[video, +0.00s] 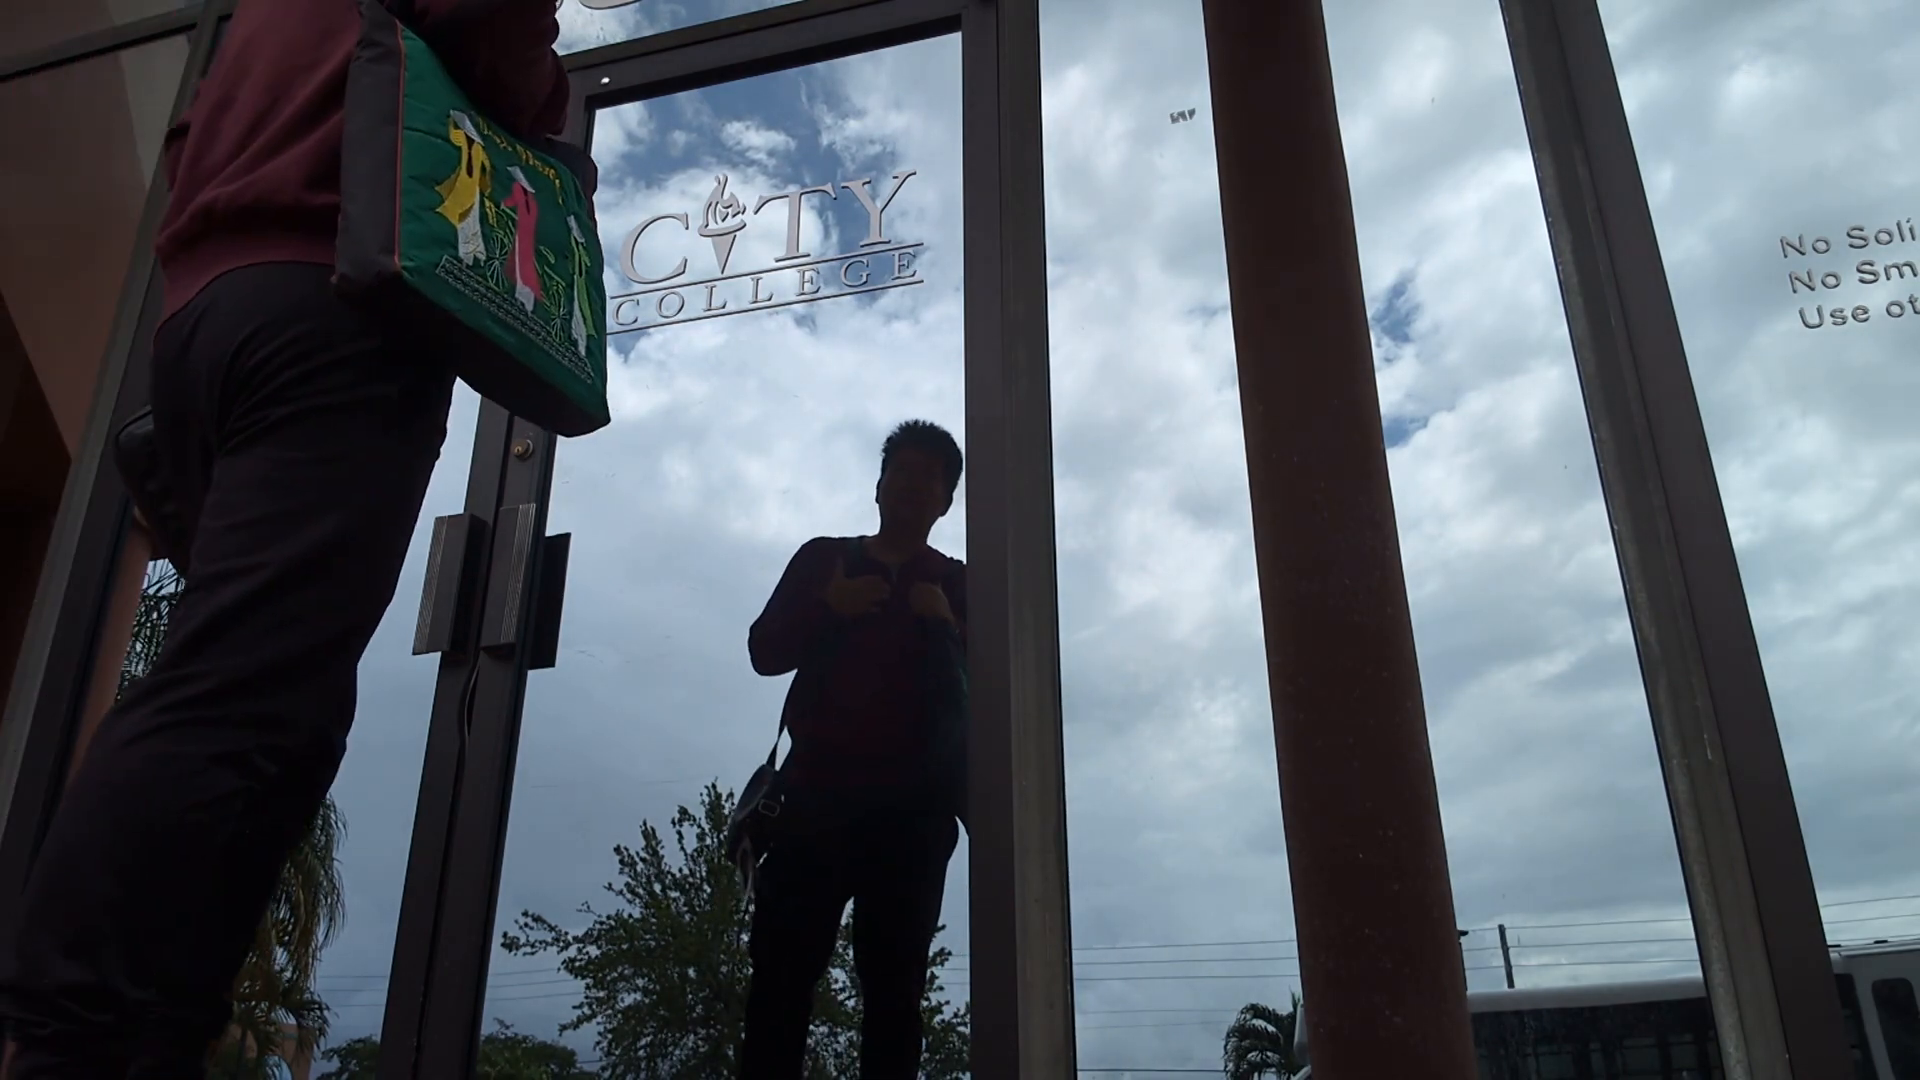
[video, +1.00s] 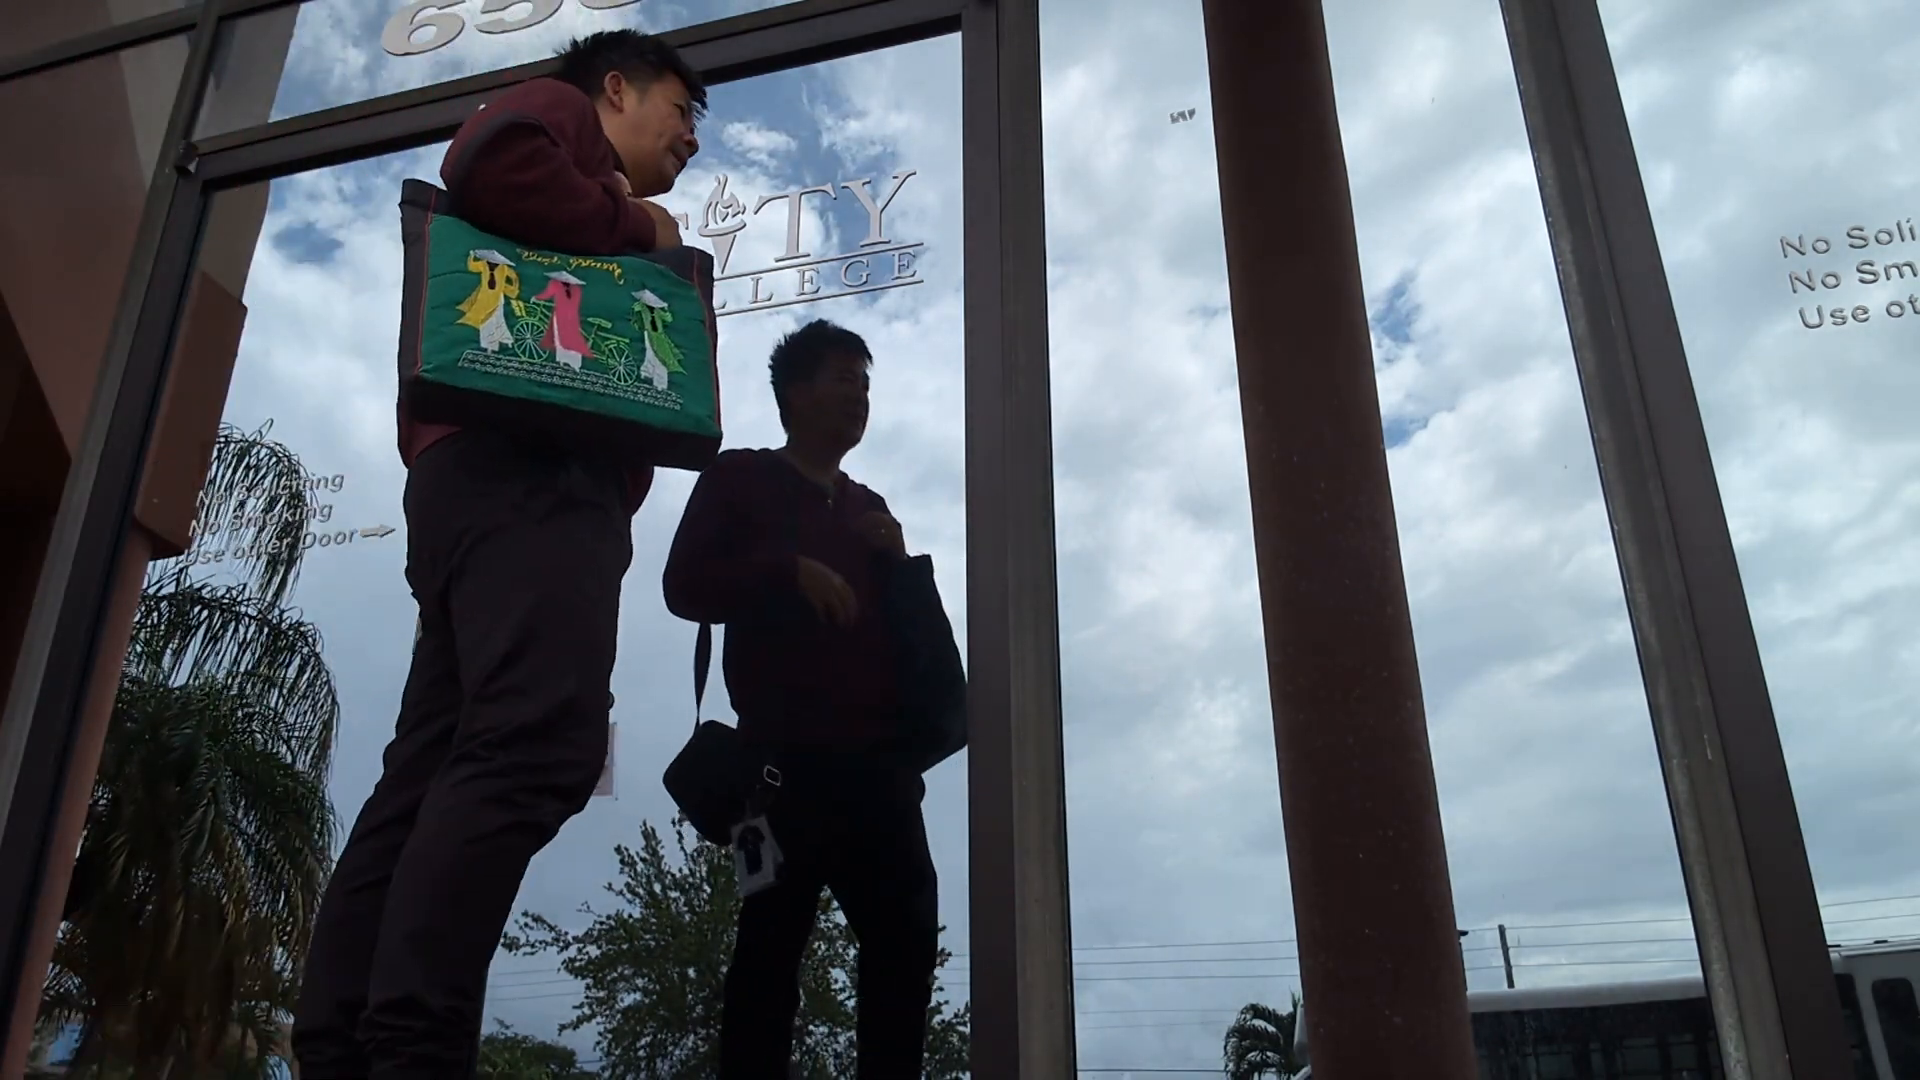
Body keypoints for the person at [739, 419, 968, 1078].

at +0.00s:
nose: (904, 488)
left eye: (923, 479)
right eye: (896, 474)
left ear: (946, 498)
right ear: (879, 481)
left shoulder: (962, 583)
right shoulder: (822, 559)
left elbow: (988, 683)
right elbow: (765, 653)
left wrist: (945, 623)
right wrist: (831, 605)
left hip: (914, 809)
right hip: (815, 799)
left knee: (894, 994)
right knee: (779, 987)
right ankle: (766, 1079)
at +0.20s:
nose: (879, 469)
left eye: (898, 458)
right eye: (869, 455)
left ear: (928, 477)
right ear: (854, 466)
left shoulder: (953, 571)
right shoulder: (805, 546)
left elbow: (990, 667)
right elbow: (749, 645)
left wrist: (941, 610)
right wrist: (820, 595)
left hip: (912, 800)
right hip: (812, 790)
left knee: (892, 987)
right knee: (784, 977)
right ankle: (759, 1078)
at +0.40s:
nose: (852, 443)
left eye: (868, 431)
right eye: (839, 429)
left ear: (894, 450)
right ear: (820, 444)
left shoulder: (919, 549)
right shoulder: (772, 522)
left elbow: (958, 659)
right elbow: (717, 624)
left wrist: (921, 590)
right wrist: (802, 579)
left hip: (896, 785)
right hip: (795, 777)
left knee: (888, 979)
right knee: (774, 972)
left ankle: (884, 1079)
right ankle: (759, 1076)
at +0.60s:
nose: (826, 419)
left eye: (840, 405)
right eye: (810, 407)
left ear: (866, 424)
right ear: (788, 424)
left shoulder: (889, 528)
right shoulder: (746, 503)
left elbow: (936, 637)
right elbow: (692, 608)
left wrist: (905, 579)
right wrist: (786, 575)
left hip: (884, 771)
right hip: (786, 766)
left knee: (903, 962)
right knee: (767, 962)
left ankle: (890, 1076)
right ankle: (748, 1075)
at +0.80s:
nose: (833, 405)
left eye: (845, 391)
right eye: (815, 390)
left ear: (859, 406)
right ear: (782, 404)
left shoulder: (871, 513)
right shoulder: (736, 485)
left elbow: (913, 632)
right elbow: (682, 594)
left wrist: (897, 566)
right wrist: (786, 574)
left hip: (877, 758)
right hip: (783, 756)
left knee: (922, 937)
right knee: (770, 948)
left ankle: (884, 1073)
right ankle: (750, 1071)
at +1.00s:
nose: (861, 397)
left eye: (865, 384)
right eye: (844, 380)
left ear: (863, 397)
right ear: (793, 393)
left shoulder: (869, 508)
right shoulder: (737, 478)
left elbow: (910, 634)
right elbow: (685, 586)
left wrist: (895, 560)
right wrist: (787, 571)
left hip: (873, 758)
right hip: (781, 753)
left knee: (906, 945)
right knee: (771, 946)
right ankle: (752, 1078)